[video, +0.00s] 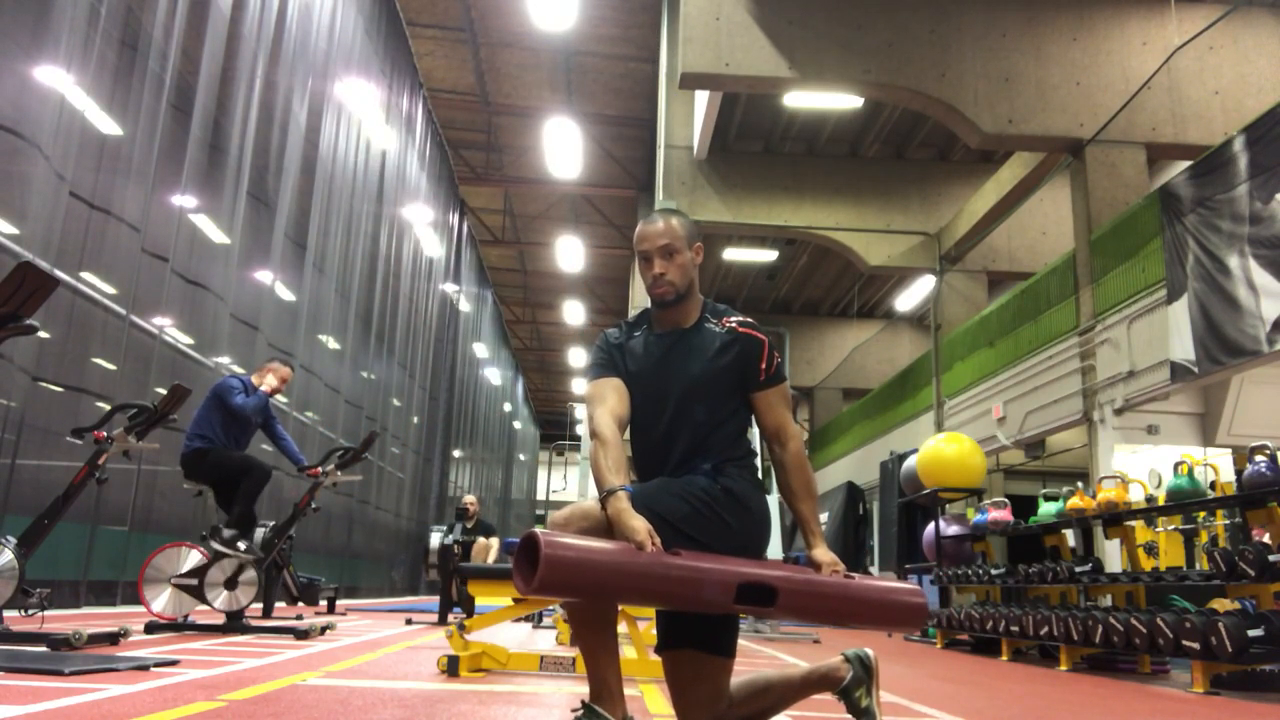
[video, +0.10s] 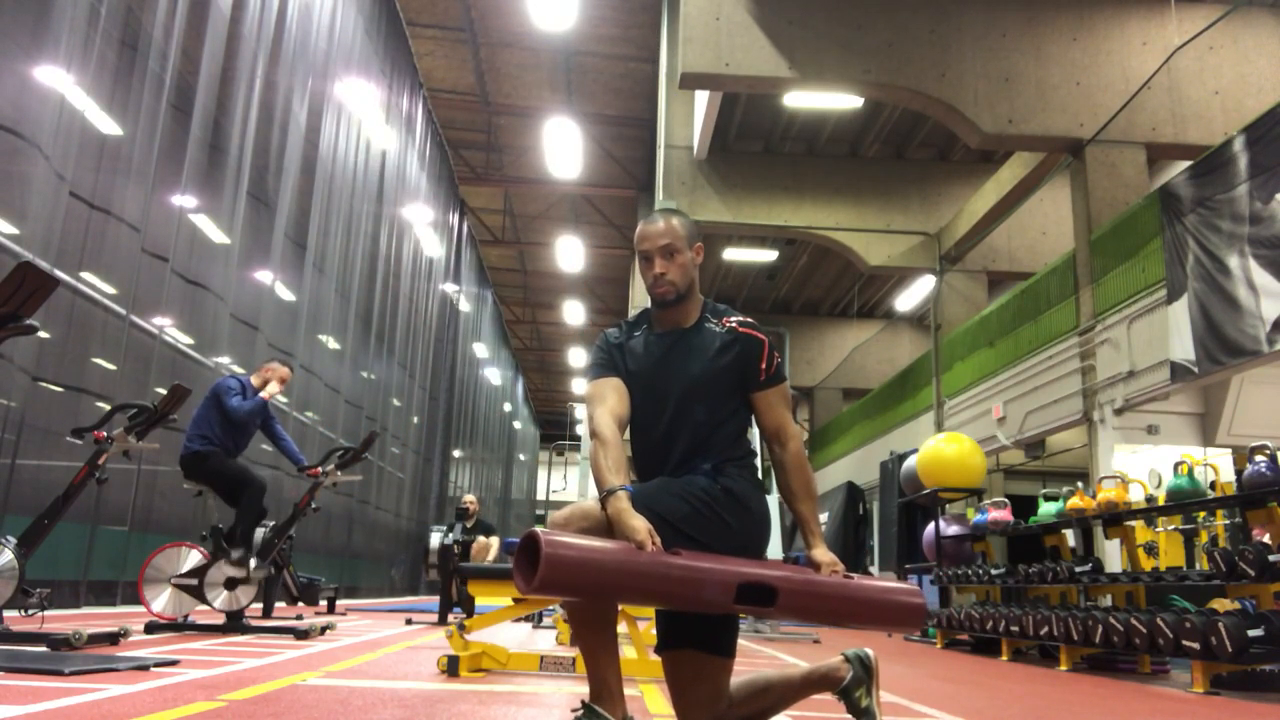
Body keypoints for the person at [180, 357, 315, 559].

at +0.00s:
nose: (282, 388)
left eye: (285, 384)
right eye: (282, 381)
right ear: (267, 373)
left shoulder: (262, 406)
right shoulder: (231, 384)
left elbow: (279, 436)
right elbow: (243, 409)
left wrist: (303, 466)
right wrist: (265, 389)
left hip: (221, 464)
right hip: (199, 456)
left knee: (248, 518)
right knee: (259, 471)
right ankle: (230, 531)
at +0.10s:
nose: (280, 388)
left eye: (283, 385)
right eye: (280, 381)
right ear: (266, 371)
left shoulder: (259, 404)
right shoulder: (229, 384)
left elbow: (277, 435)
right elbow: (238, 413)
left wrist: (303, 465)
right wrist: (264, 395)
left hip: (218, 461)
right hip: (199, 456)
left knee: (257, 509)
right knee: (255, 485)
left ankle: (226, 544)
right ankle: (239, 549)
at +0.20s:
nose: (280, 389)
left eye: (284, 386)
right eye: (281, 382)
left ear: (266, 374)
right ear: (265, 371)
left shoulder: (260, 405)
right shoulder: (229, 384)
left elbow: (277, 436)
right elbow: (235, 414)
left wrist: (303, 466)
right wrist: (262, 400)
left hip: (226, 461)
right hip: (200, 458)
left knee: (270, 496)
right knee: (241, 502)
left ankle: (226, 536)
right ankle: (232, 573)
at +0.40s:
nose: (282, 390)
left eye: (285, 386)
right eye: (282, 383)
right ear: (266, 372)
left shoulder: (259, 406)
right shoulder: (232, 385)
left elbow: (277, 436)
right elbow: (235, 414)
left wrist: (303, 464)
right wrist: (266, 405)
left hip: (227, 462)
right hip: (200, 459)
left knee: (277, 479)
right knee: (230, 511)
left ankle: (247, 534)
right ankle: (198, 575)